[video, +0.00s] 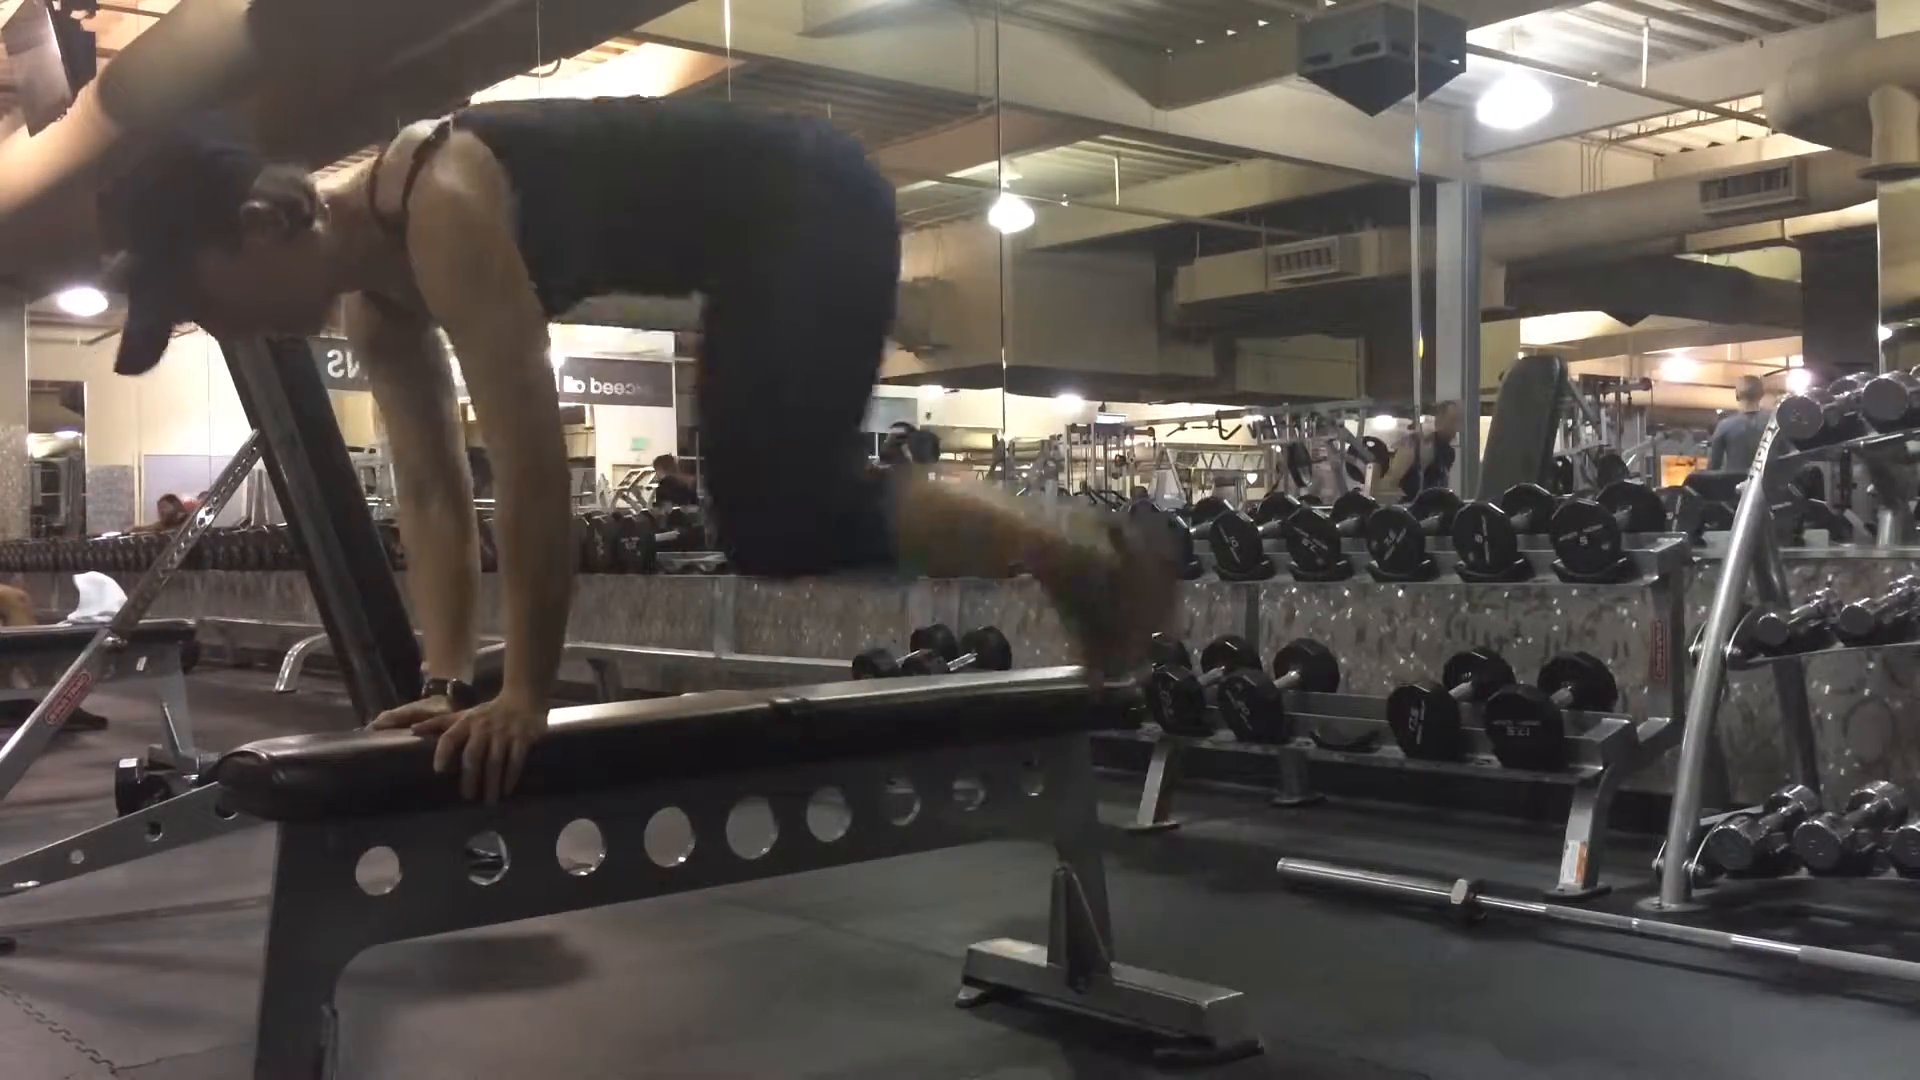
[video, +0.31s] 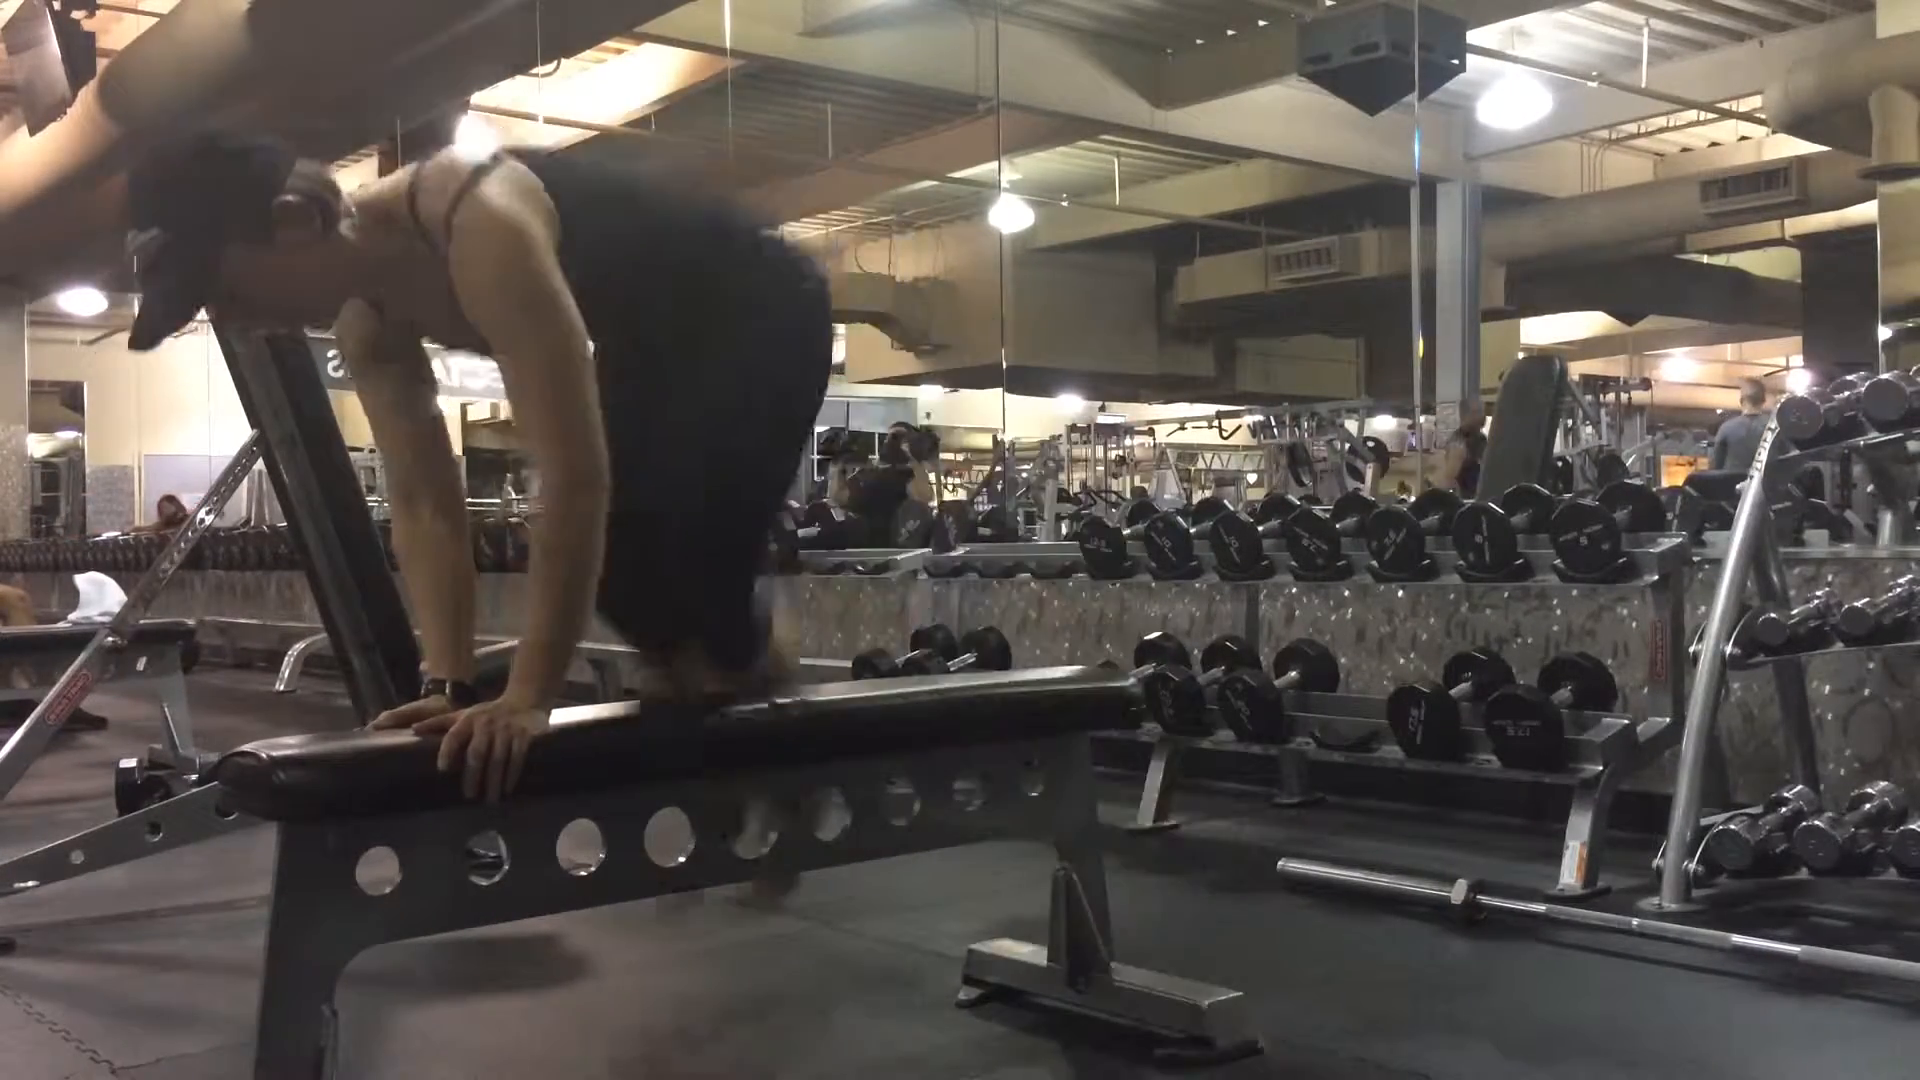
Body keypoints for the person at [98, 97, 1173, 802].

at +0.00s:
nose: (231, 331)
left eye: (211, 306)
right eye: (208, 322)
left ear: (256, 222)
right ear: (257, 221)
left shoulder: (445, 206)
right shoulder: (367, 276)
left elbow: (528, 454)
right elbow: (426, 481)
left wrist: (524, 690)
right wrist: (444, 677)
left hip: (806, 197)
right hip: (743, 243)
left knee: (786, 517)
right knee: (764, 522)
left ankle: (1081, 552)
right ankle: (1063, 550)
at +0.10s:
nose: (243, 345)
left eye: (228, 318)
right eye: (221, 331)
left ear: (279, 239)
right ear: (272, 241)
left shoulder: (464, 217)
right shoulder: (375, 279)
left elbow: (539, 467)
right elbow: (428, 490)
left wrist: (524, 698)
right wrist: (446, 678)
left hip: (810, 208)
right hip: (726, 238)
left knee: (733, 505)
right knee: (677, 509)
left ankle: (925, 369)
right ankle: (909, 378)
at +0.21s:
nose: (243, 339)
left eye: (231, 307)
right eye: (222, 323)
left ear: (290, 227)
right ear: (288, 237)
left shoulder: (470, 214)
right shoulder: (373, 302)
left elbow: (548, 461)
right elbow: (426, 495)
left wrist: (525, 697)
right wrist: (442, 683)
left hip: (784, 245)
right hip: (682, 280)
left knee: (685, 521)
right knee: (611, 524)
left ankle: (877, 507)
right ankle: (840, 513)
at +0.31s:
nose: (251, 324)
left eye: (237, 295)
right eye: (228, 310)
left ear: (292, 222)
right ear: (294, 227)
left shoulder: (488, 225)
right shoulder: (367, 317)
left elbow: (574, 476)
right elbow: (423, 498)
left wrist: (525, 696)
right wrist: (446, 685)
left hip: (754, 310)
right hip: (643, 349)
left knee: (698, 591)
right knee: (633, 590)